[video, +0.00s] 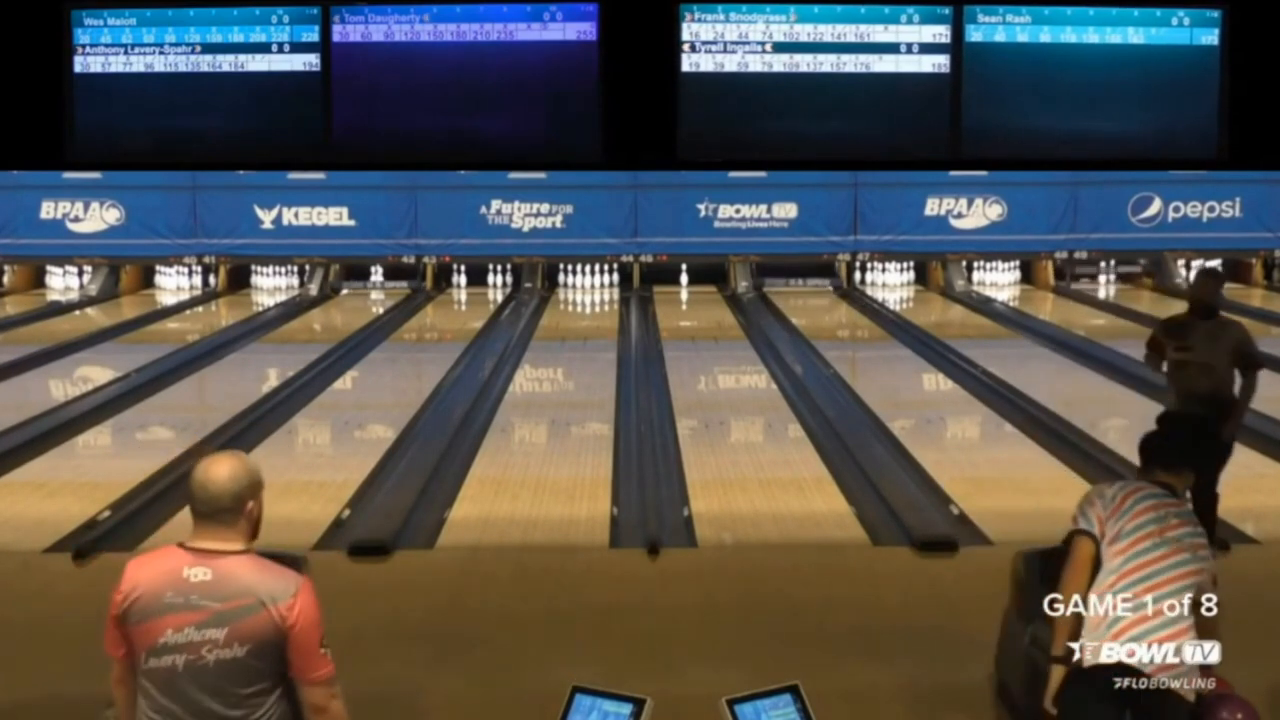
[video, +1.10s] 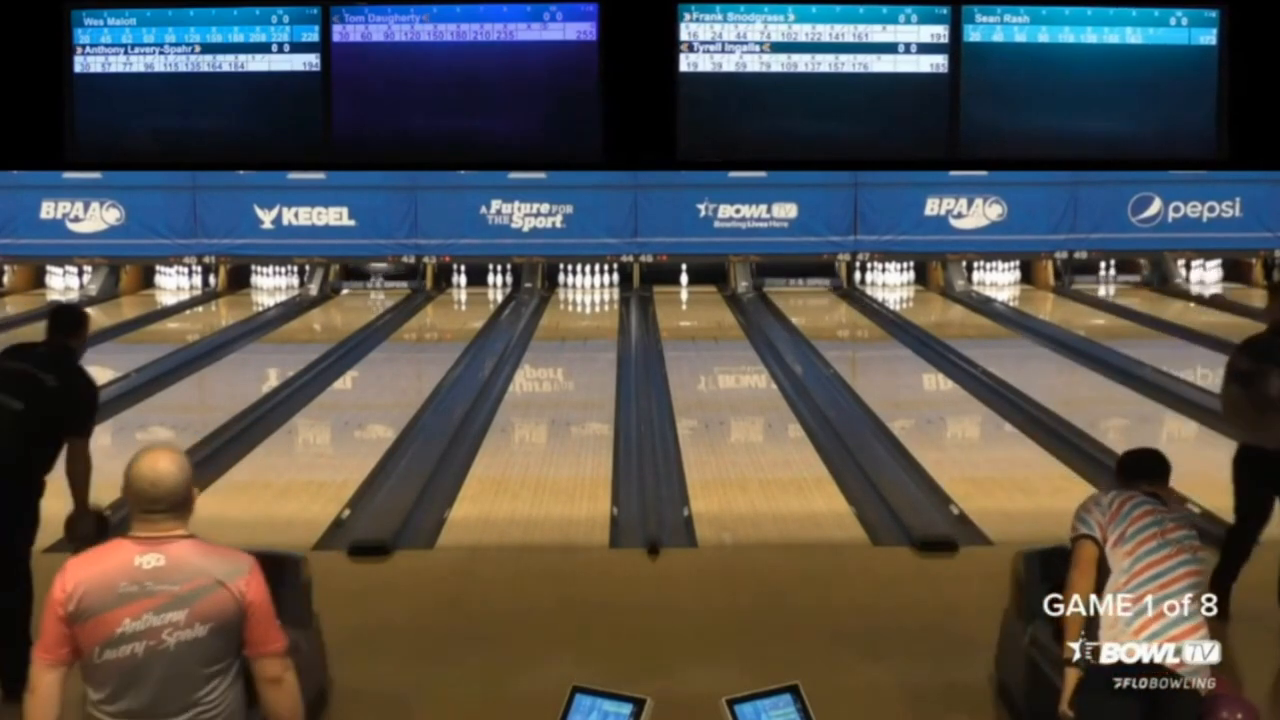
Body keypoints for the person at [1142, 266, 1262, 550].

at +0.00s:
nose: (1204, 296)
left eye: (1212, 290)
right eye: (1200, 288)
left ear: (1220, 294)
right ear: (1191, 291)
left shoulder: (1234, 332)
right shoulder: (1172, 327)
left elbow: (1249, 376)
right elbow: (1152, 360)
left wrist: (1236, 418)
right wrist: (1169, 376)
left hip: (1217, 419)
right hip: (1179, 416)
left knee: (1204, 484)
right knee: (1168, 477)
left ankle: (1206, 538)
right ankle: (1163, 531)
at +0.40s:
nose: (1222, 298)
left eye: (1227, 291)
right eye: (1216, 290)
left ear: (1235, 295)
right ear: (1206, 294)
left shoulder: (1253, 335)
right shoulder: (1186, 333)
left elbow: (1265, 382)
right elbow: (1160, 371)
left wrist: (1258, 421)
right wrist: (1183, 383)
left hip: (1231, 426)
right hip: (1192, 423)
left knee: (1216, 489)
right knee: (1188, 484)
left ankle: (1206, 536)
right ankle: (1182, 534)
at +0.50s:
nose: (1226, 297)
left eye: (1231, 291)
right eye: (1220, 290)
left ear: (1239, 294)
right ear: (1209, 294)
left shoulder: (1256, 339)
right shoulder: (1189, 336)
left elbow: (1268, 383)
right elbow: (1162, 374)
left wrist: (1264, 425)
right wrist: (1187, 392)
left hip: (1238, 430)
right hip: (1198, 429)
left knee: (1221, 498)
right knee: (1205, 499)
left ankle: (1209, 550)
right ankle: (1209, 565)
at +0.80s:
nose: (1244, 298)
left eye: (1248, 290)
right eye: (1237, 290)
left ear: (1258, 293)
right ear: (1225, 294)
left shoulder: (1270, 340)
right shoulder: (1206, 343)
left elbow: (1274, 389)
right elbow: (1191, 395)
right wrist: (1228, 379)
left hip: (1261, 441)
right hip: (1216, 441)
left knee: (1268, 518)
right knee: (1213, 519)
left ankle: (1246, 587)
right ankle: (1211, 590)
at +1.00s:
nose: (1268, 312)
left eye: (1268, 303)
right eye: (1267, 303)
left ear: (1263, 308)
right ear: (1264, 307)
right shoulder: (1243, 351)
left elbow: (1221, 404)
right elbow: (1222, 405)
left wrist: (1242, 425)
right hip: (1252, 453)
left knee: (1227, 528)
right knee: (1227, 529)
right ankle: (1213, 597)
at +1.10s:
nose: (1271, 310)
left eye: (1271, 302)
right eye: (1272, 301)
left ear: (1270, 307)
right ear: (1272, 306)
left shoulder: (1253, 349)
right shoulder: (1257, 350)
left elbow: (1231, 408)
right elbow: (1233, 409)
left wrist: (1258, 425)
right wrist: (1263, 425)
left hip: (1257, 454)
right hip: (1261, 454)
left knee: (1245, 530)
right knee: (1246, 530)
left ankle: (1218, 597)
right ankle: (1218, 597)